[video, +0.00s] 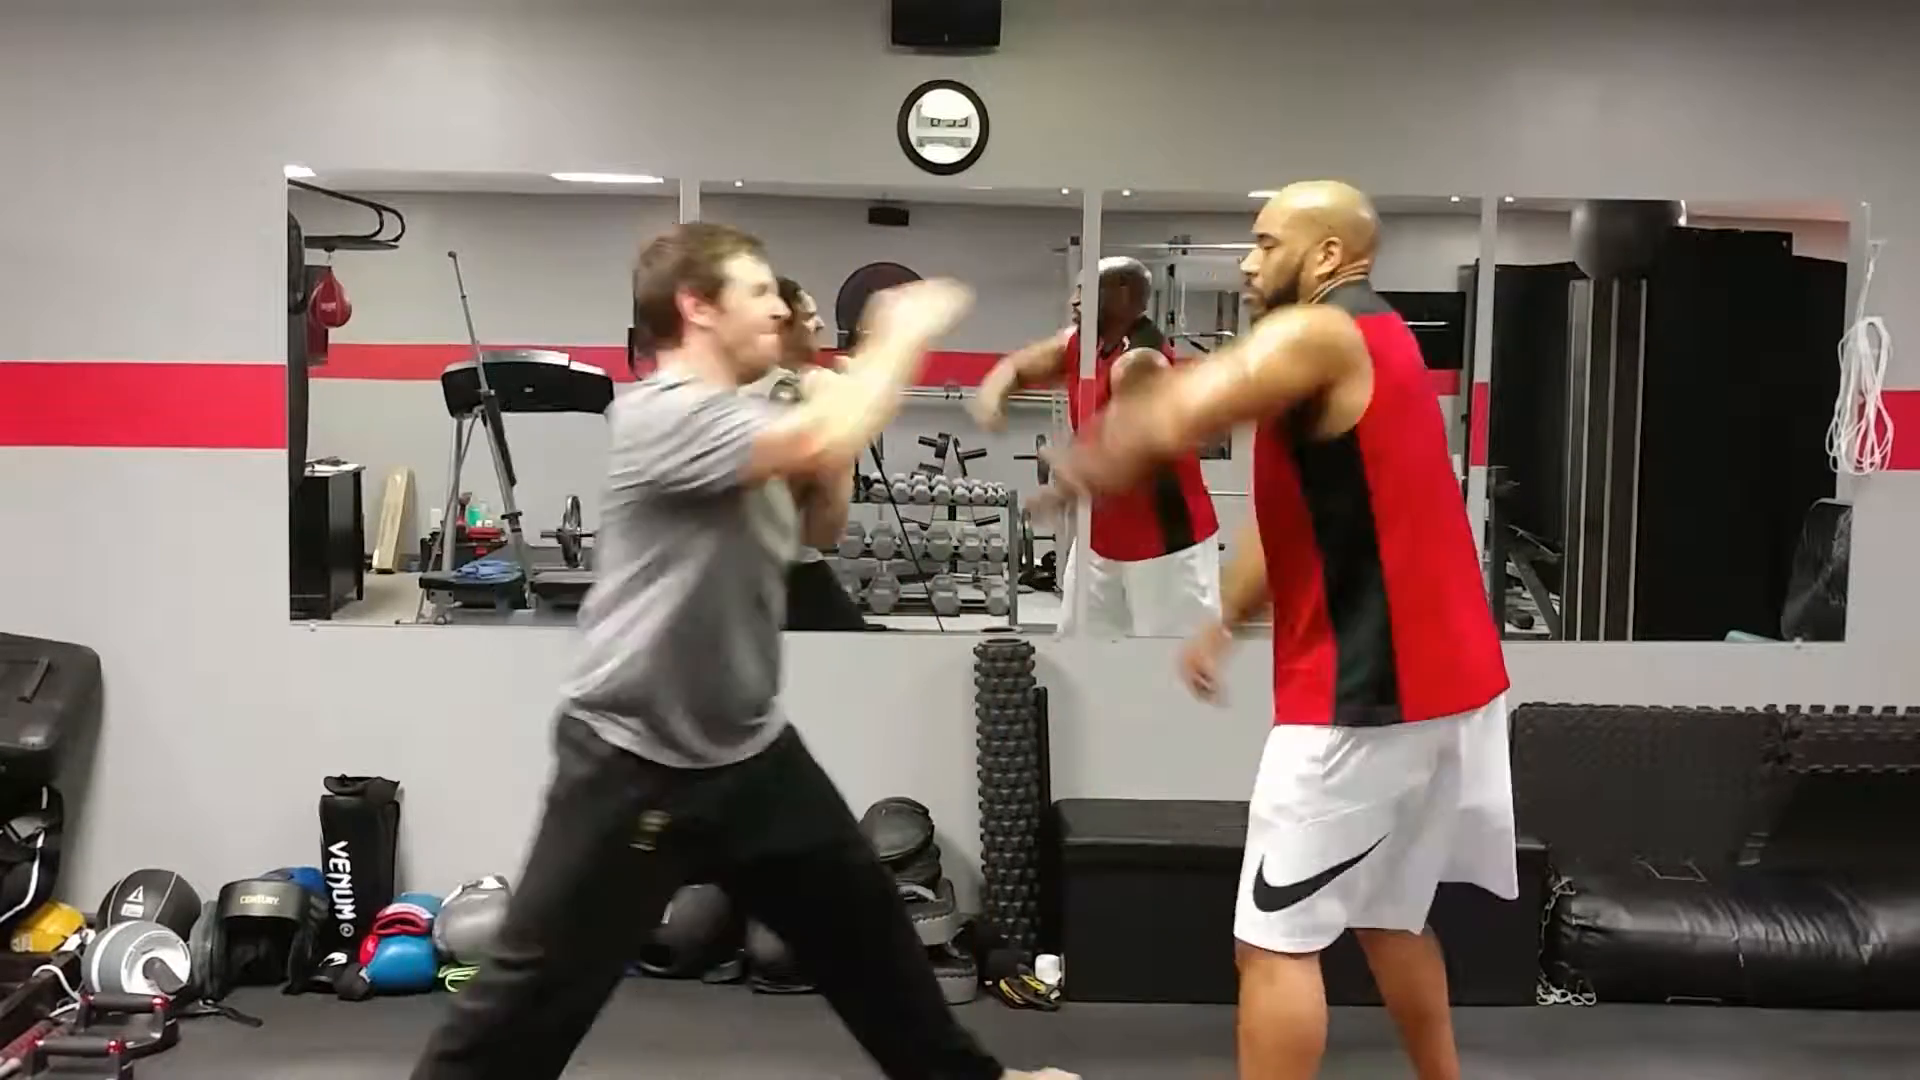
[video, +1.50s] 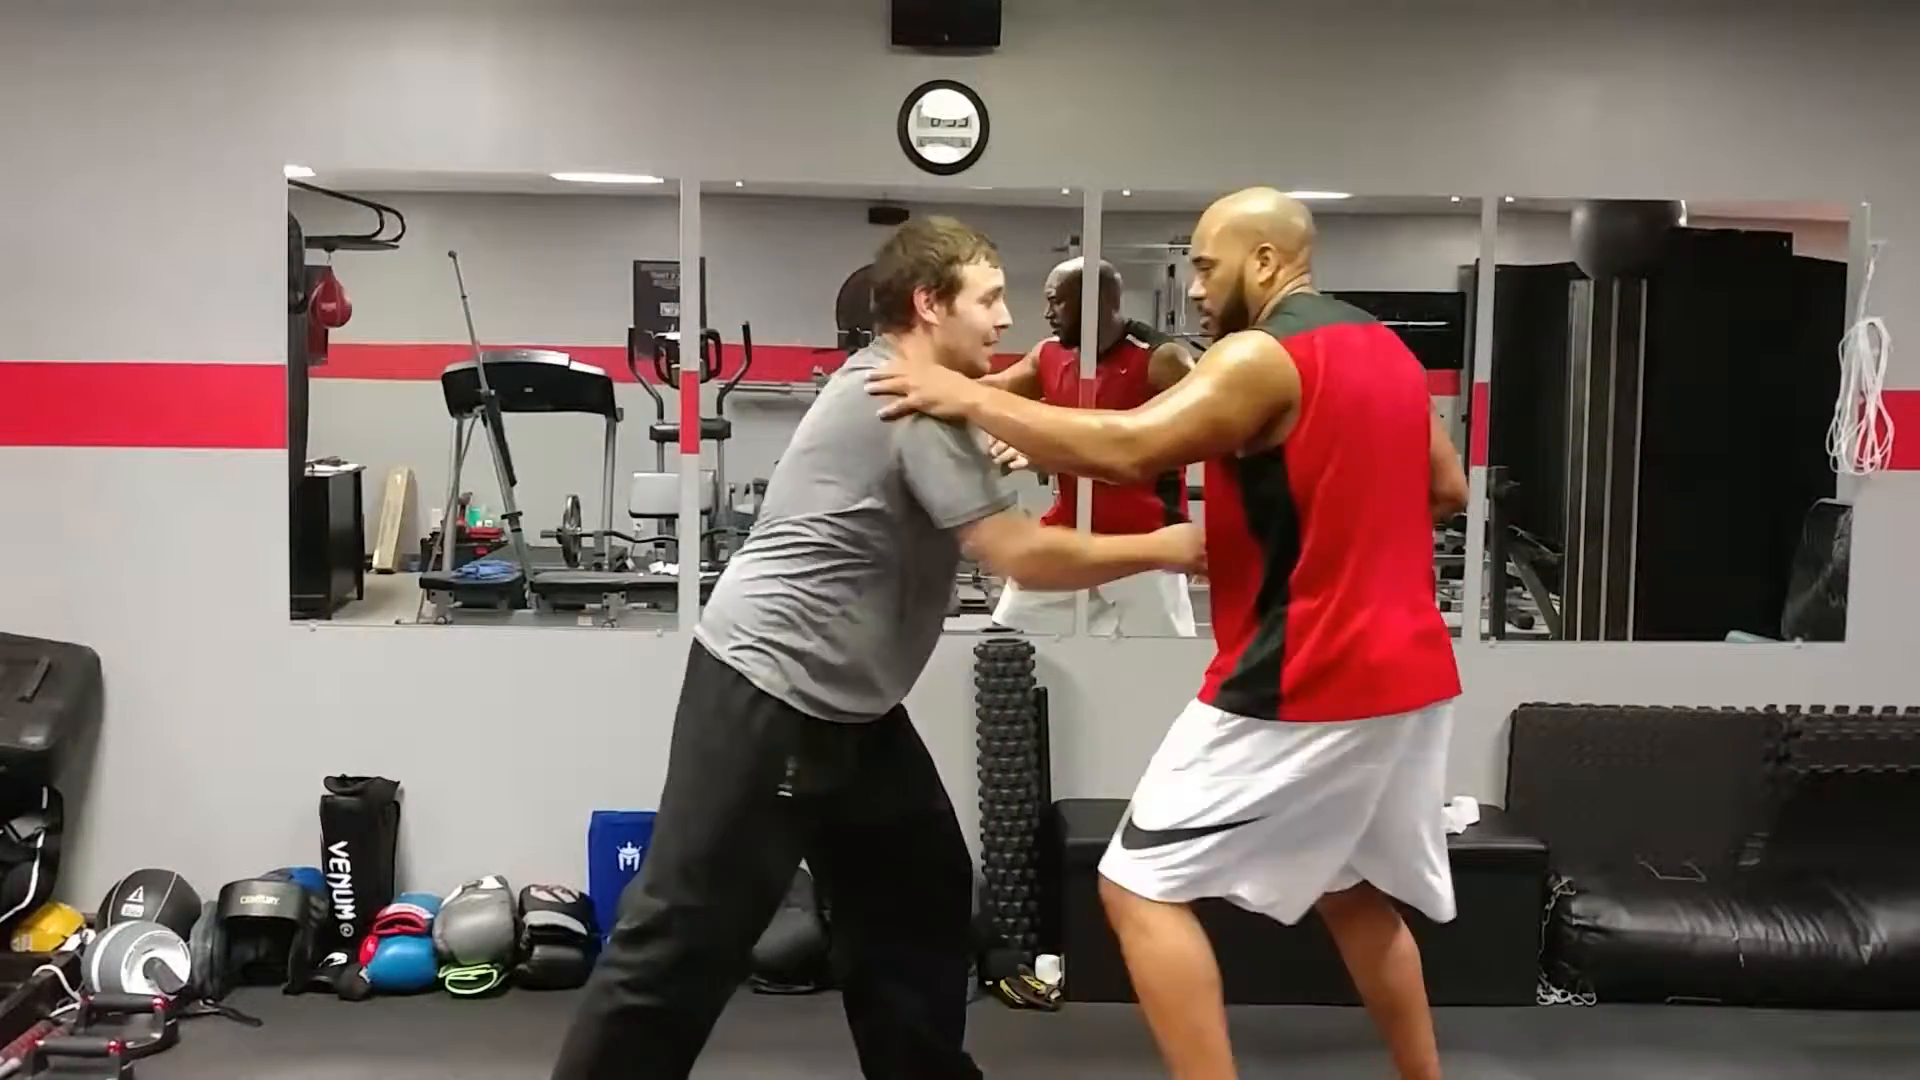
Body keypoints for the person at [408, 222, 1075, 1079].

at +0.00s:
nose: (782, 309)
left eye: (778, 293)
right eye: (761, 292)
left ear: (713, 311)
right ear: (698, 310)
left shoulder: (756, 413)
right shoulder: (656, 415)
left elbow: (819, 528)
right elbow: (819, 438)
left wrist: (838, 415)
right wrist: (900, 336)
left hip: (750, 749)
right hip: (629, 755)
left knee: (868, 935)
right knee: (529, 999)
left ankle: (962, 1074)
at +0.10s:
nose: (854, 310)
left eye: (845, 294)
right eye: (831, 296)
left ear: (781, 323)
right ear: (774, 320)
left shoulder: (827, 398)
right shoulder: (777, 407)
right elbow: (977, 299)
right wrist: (1104, 186)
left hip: (824, 760)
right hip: (720, 758)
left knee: (939, 978)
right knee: (607, 979)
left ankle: (992, 1076)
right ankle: (485, 1075)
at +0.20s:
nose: (905, 298)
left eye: (897, 282)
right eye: (886, 281)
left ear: (822, 307)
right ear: (827, 303)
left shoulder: (805, 398)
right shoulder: (843, 383)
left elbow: (953, 313)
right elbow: (1009, 287)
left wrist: (1085, 229)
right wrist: (1109, 207)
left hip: (869, 734)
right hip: (782, 733)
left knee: (976, 938)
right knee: (695, 973)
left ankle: (993, 1076)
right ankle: (561, 1076)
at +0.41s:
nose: (955, 293)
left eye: (948, 274)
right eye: (935, 278)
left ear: (872, 303)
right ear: (879, 299)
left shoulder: (820, 389)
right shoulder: (915, 367)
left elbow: (956, 434)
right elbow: (1053, 391)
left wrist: (1073, 375)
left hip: (871, 706)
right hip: (826, 699)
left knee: (971, 932)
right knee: (759, 968)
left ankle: (992, 1073)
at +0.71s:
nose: (1014, 347)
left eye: (1014, 330)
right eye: (998, 329)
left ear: (929, 338)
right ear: (936, 335)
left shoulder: (896, 409)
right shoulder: (929, 421)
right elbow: (1093, 519)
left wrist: (1038, 412)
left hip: (861, 717)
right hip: (786, 696)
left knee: (956, 915)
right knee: (751, 955)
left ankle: (973, 1067)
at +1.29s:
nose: (1010, 338)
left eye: (1010, 319)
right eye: (996, 316)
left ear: (936, 316)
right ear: (938, 314)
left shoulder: (864, 385)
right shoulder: (922, 418)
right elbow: (1080, 480)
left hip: (857, 714)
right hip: (775, 706)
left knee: (926, 909)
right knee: (705, 956)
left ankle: (920, 1067)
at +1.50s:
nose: (1004, 320)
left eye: (1003, 300)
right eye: (988, 298)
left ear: (928, 309)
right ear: (927, 307)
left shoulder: (924, 391)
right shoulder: (908, 396)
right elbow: (1016, 552)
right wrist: (1165, 547)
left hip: (852, 700)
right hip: (765, 684)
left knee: (919, 895)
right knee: (685, 932)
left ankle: (923, 1070)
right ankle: (595, 1078)